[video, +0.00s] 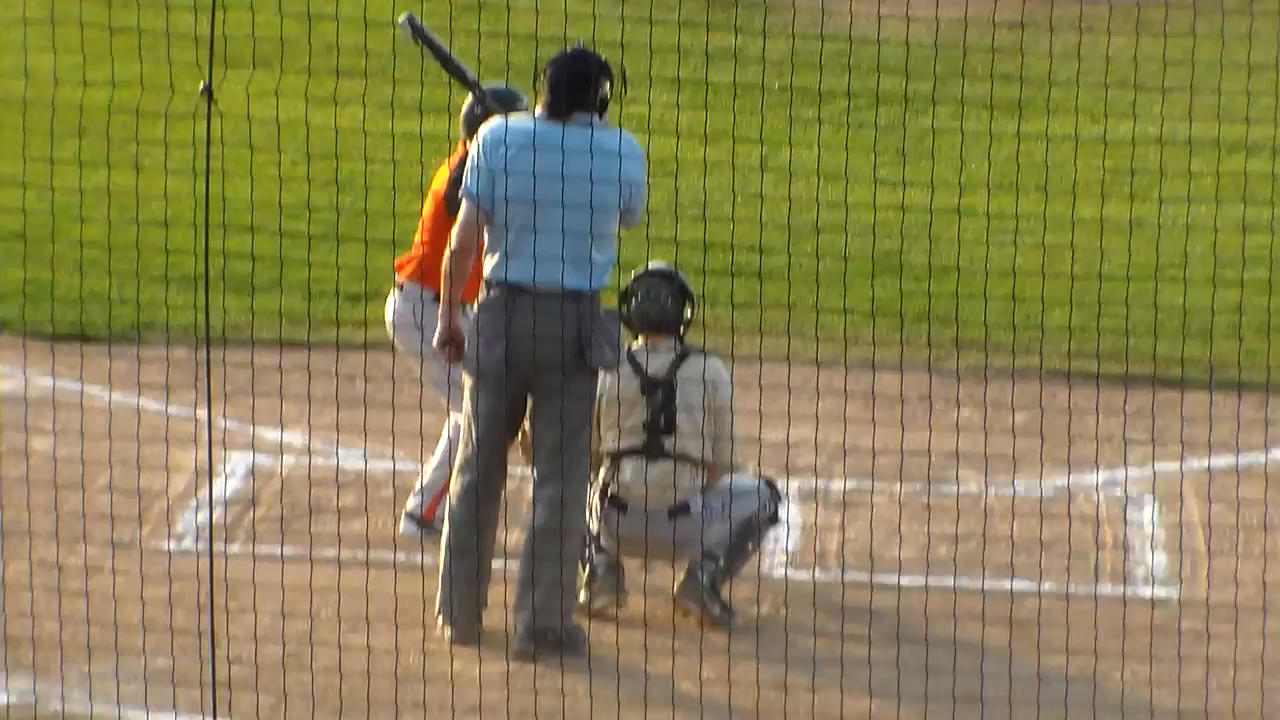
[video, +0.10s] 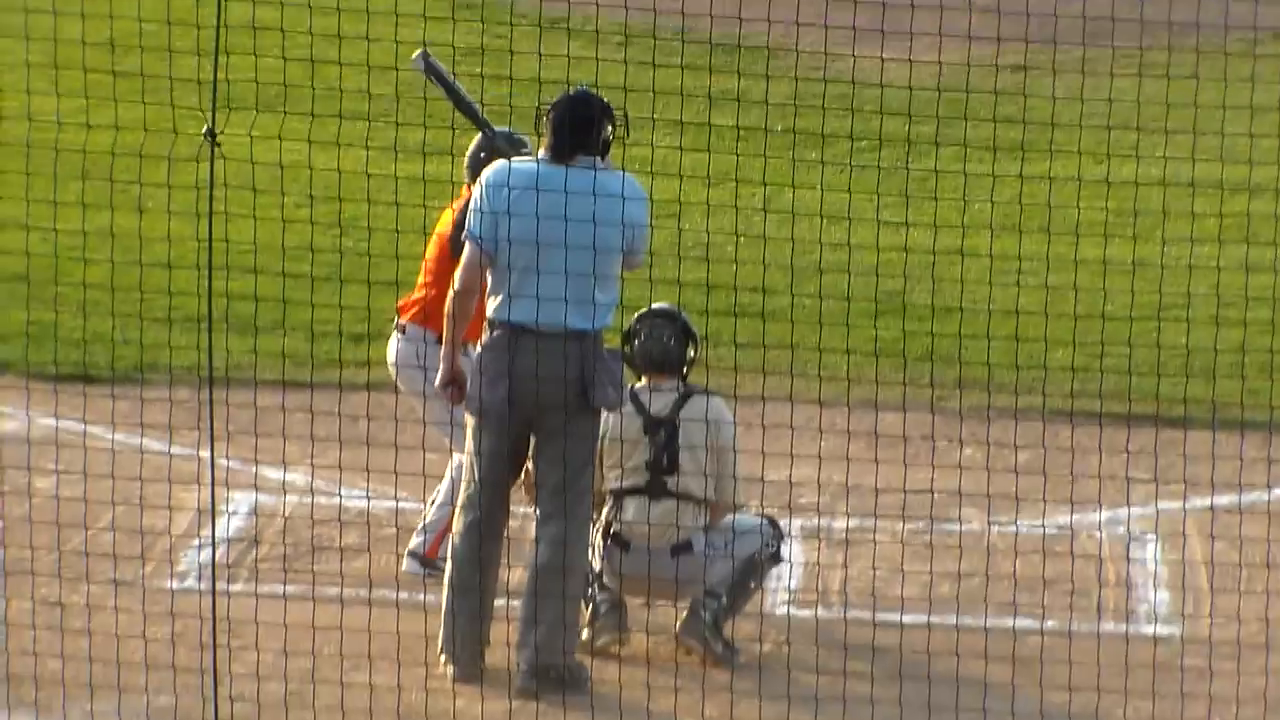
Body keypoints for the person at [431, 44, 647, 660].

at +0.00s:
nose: (605, 103)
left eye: (601, 94)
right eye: (605, 96)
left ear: (547, 92)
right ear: (599, 98)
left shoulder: (497, 135)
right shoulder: (622, 149)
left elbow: (466, 232)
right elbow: (630, 217)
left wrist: (449, 311)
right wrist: (595, 142)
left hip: (503, 313)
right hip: (574, 318)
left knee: (479, 464)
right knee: (562, 473)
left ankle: (461, 612)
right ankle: (543, 624)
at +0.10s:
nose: (608, 143)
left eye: (601, 133)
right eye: (607, 135)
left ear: (549, 133)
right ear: (602, 139)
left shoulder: (500, 178)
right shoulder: (625, 192)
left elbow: (469, 276)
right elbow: (632, 261)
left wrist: (451, 353)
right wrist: (590, 190)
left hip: (505, 354)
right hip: (577, 359)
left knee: (481, 504)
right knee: (564, 512)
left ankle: (463, 651)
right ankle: (546, 663)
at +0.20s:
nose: (600, 169)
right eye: (599, 162)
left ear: (541, 160)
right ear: (595, 166)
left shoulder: (492, 204)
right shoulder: (619, 218)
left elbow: (462, 303)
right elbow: (624, 291)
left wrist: (444, 377)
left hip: (497, 381)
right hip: (569, 386)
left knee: (475, 530)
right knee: (558, 538)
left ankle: (456, 678)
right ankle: (540, 690)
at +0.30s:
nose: (592, 169)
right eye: (592, 161)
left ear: (534, 160)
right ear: (588, 165)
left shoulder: (486, 205)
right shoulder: (614, 219)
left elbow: (457, 303)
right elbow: (621, 304)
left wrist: (437, 378)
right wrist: (578, 272)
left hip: (492, 380)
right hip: (564, 384)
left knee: (469, 528)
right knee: (553, 535)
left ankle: (452, 672)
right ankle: (536, 685)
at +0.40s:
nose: (600, 163)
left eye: (591, 154)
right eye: (598, 155)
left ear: (539, 157)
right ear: (592, 160)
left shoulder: (492, 203)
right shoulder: (620, 217)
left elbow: (463, 305)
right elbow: (633, 318)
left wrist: (442, 377)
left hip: (500, 376)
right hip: (573, 380)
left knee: (477, 522)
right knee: (561, 529)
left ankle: (459, 667)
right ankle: (542, 680)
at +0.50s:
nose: (592, 145)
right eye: (594, 138)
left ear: (538, 138)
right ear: (593, 142)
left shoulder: (492, 186)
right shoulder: (621, 201)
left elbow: (462, 290)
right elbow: (636, 315)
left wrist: (440, 357)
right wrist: (610, 341)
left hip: (501, 359)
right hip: (575, 364)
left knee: (478, 504)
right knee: (561, 512)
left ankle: (460, 650)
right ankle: (542, 661)